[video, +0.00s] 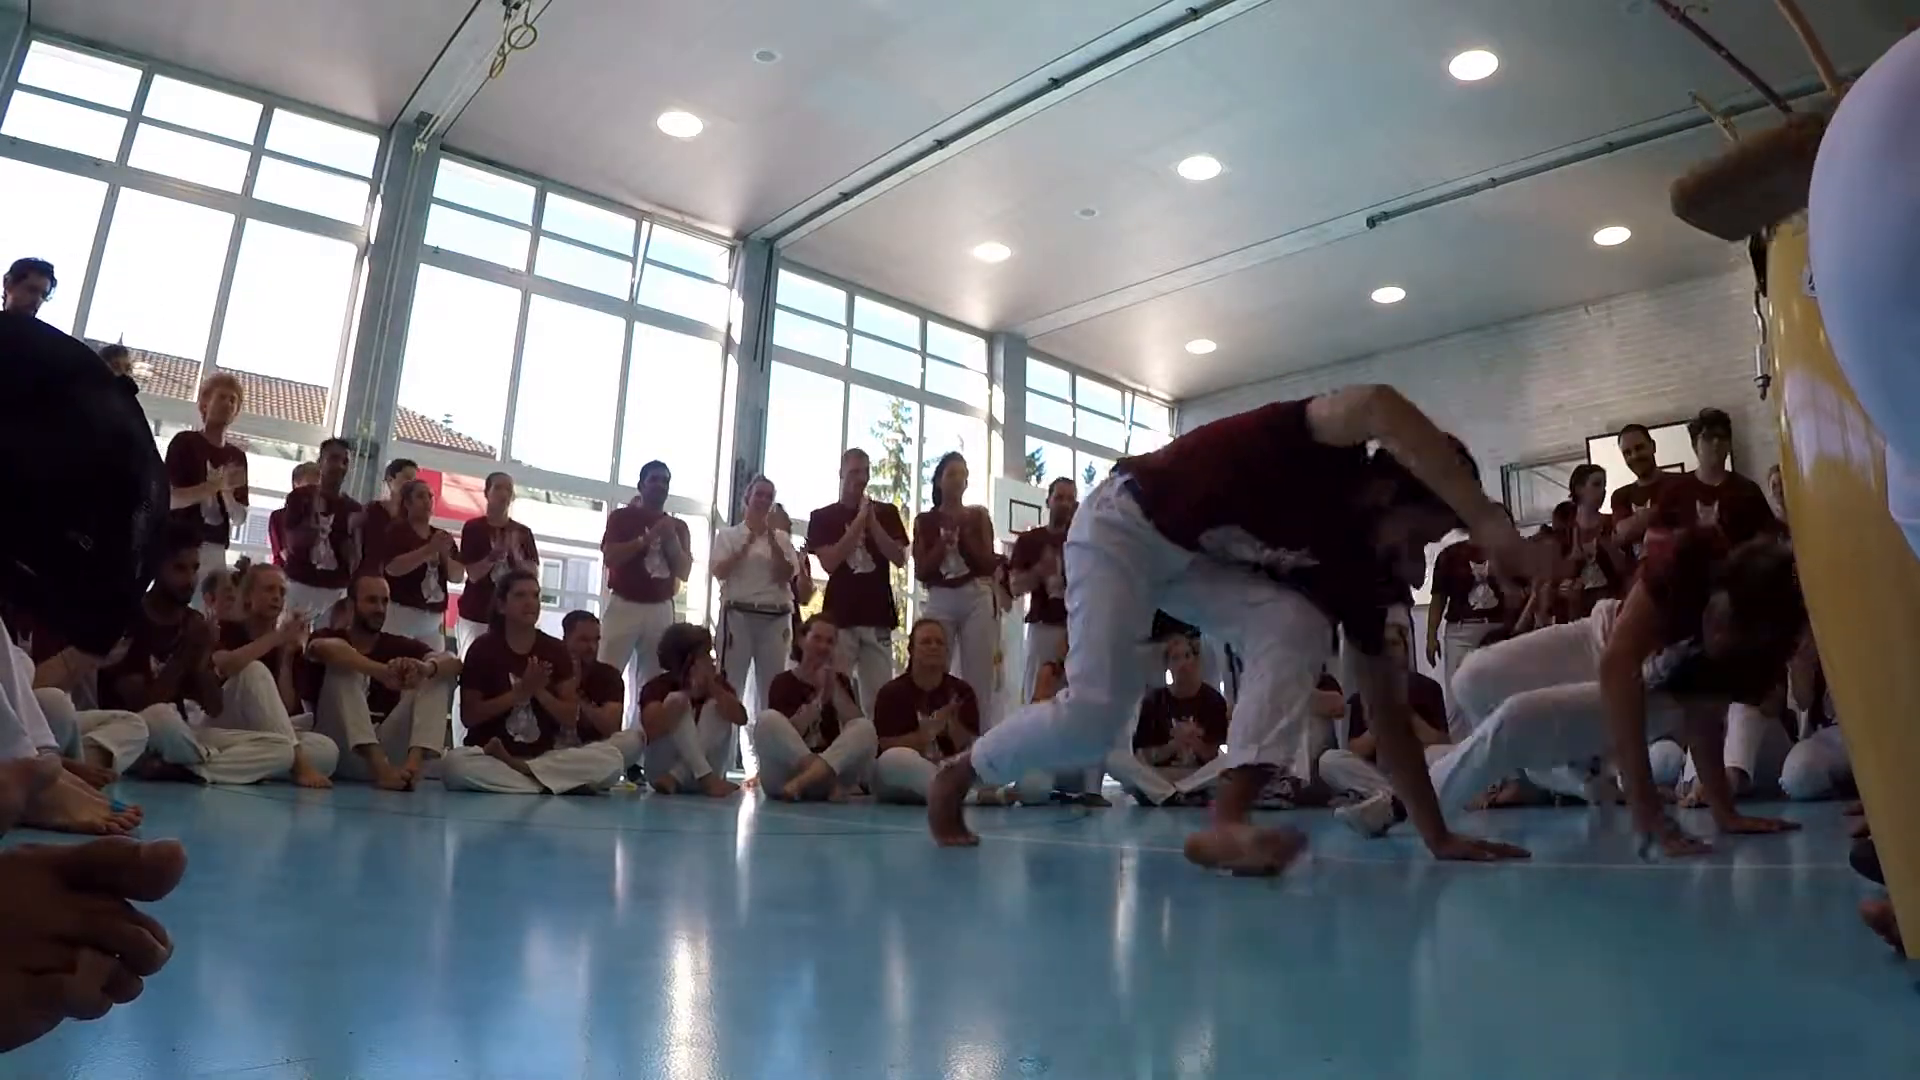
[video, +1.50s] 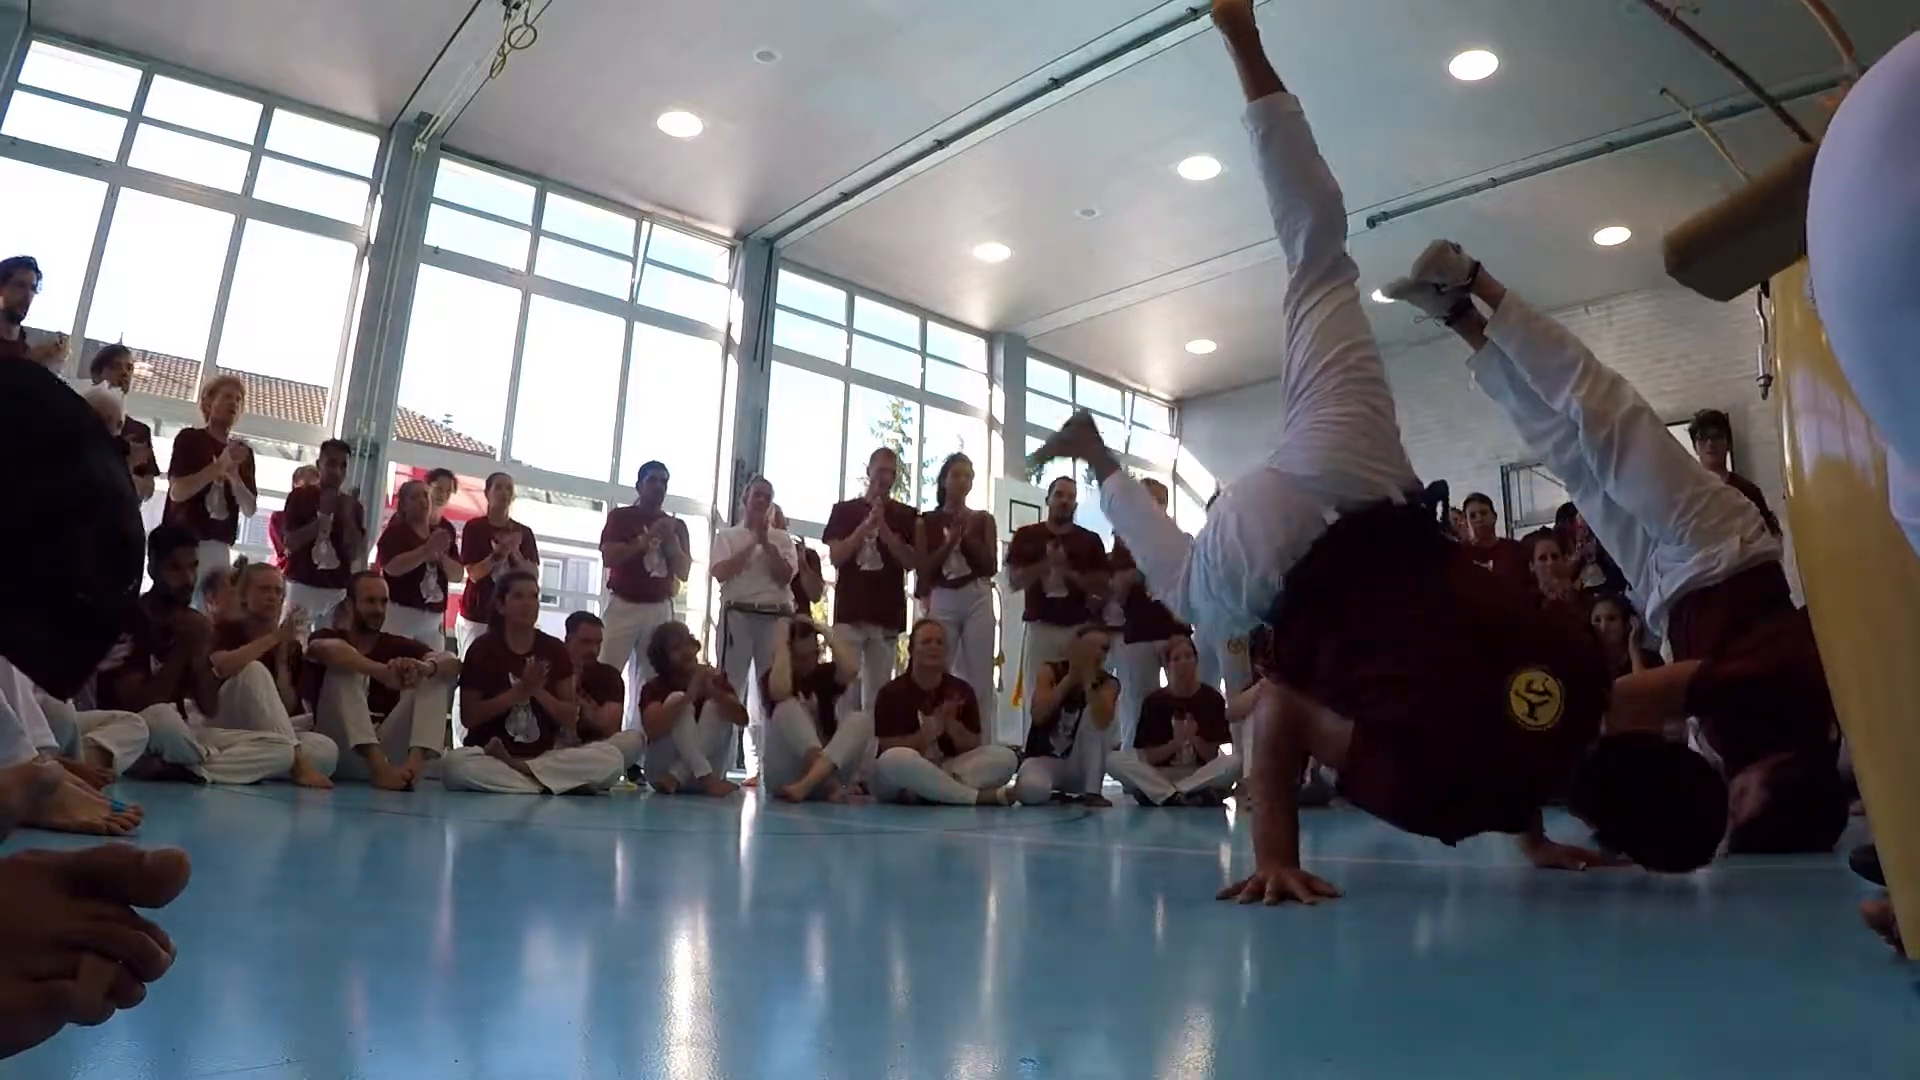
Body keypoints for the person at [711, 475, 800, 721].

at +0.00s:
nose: (763, 500)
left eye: (768, 496)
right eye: (759, 494)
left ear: (773, 502)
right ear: (747, 496)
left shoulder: (781, 538)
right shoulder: (727, 535)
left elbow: (788, 575)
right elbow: (719, 572)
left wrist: (774, 544)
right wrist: (744, 548)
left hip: (776, 618)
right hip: (737, 616)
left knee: (772, 691)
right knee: (730, 689)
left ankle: (768, 751)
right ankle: (724, 751)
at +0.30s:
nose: (763, 500)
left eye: (768, 496)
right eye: (758, 494)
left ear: (773, 503)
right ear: (746, 497)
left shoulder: (782, 538)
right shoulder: (727, 536)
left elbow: (787, 576)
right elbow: (722, 574)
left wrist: (766, 543)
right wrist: (753, 545)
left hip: (775, 619)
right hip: (737, 617)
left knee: (772, 692)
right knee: (730, 690)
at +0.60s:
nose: (761, 501)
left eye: (766, 497)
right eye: (757, 495)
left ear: (772, 503)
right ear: (745, 499)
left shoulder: (781, 537)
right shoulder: (728, 535)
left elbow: (786, 575)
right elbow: (719, 574)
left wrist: (769, 538)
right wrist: (748, 545)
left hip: (775, 616)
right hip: (738, 614)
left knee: (771, 692)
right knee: (730, 690)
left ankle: (769, 764)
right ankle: (724, 765)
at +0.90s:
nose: (762, 499)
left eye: (766, 496)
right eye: (758, 494)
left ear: (771, 503)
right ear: (746, 497)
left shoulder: (783, 539)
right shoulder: (727, 535)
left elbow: (786, 577)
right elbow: (719, 574)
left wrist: (777, 540)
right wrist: (738, 541)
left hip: (774, 617)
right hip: (737, 615)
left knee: (772, 687)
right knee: (732, 686)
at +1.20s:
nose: (761, 500)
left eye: (766, 497)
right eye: (757, 495)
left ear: (772, 503)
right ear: (745, 498)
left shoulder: (782, 537)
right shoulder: (728, 535)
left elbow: (786, 577)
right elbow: (719, 573)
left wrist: (771, 542)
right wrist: (748, 543)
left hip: (775, 618)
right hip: (737, 615)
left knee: (773, 693)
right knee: (731, 690)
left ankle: (771, 761)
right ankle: (728, 761)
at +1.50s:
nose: (759, 501)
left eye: (765, 497)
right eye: (755, 495)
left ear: (772, 503)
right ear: (744, 499)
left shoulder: (783, 538)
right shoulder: (728, 535)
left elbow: (785, 576)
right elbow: (719, 574)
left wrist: (765, 541)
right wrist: (750, 548)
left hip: (775, 616)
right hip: (737, 614)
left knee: (773, 693)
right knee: (730, 690)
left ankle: (769, 765)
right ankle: (722, 764)